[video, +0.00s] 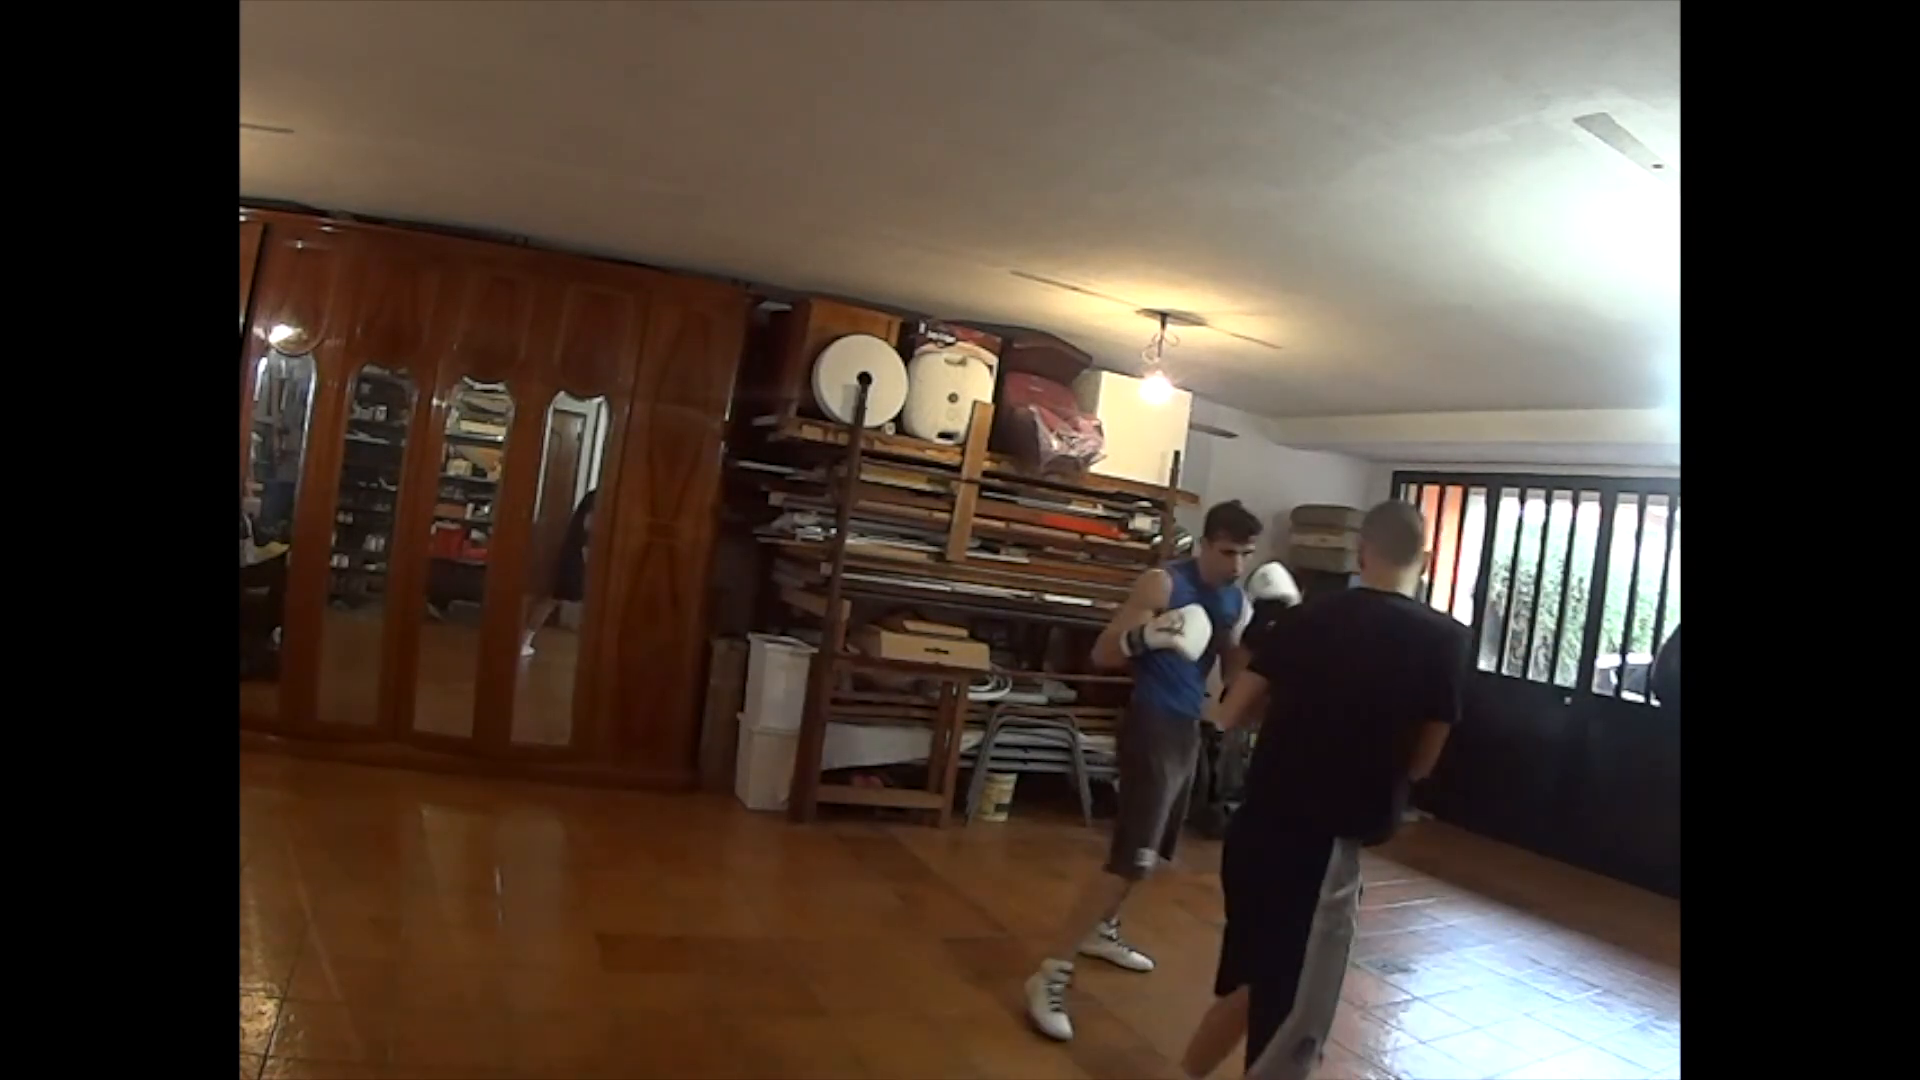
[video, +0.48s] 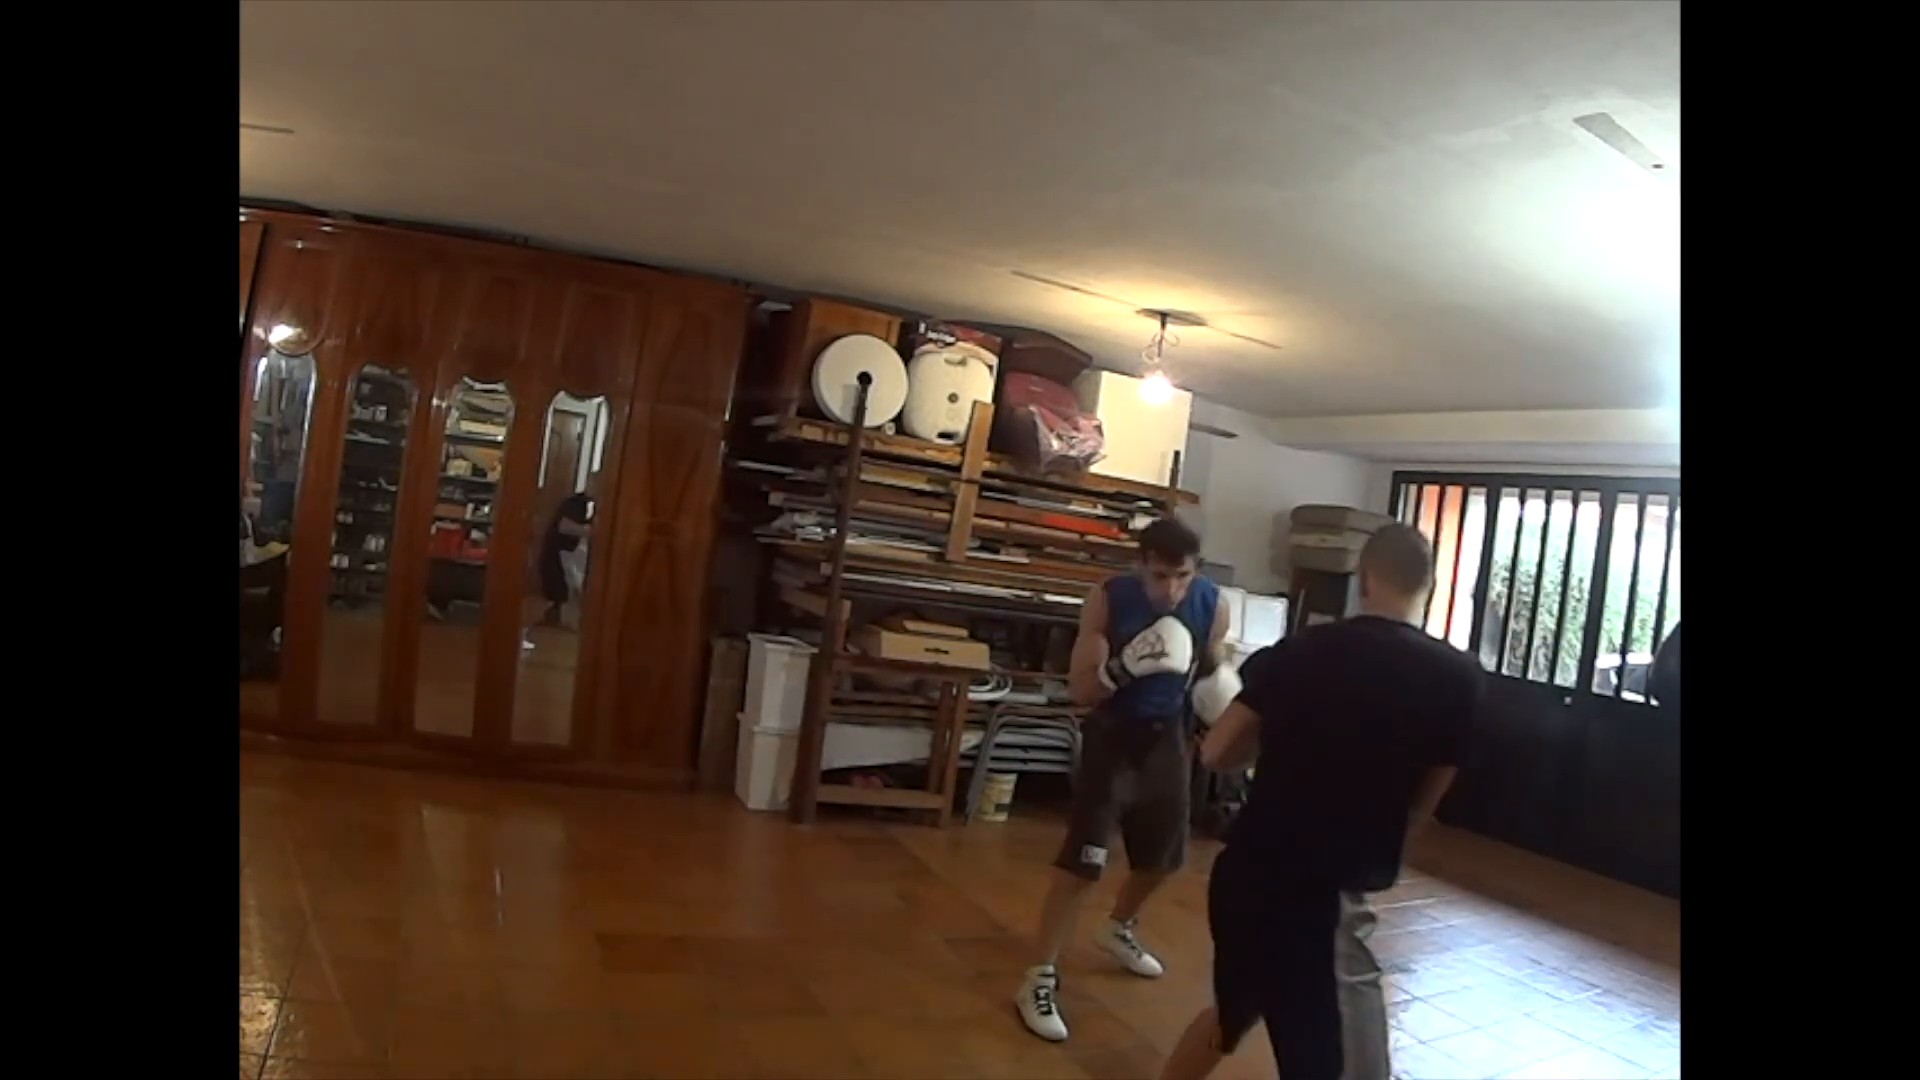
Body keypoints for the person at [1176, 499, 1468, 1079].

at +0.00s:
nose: (1361, 558)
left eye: (1359, 548)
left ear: (1361, 551)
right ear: (1424, 561)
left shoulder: (1312, 616)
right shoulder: (1443, 639)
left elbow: (1233, 713)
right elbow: (1421, 763)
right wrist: (1368, 731)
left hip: (1266, 814)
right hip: (1342, 834)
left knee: (1250, 980)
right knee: (1300, 998)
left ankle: (1188, 1069)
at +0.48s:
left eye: (1363, 576)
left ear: (1364, 577)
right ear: (1429, 585)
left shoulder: (1302, 649)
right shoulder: (1455, 677)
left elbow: (1215, 753)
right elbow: (1421, 808)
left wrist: (1270, 739)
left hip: (1247, 874)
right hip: (1335, 905)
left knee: (1229, 1011)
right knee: (1327, 1067)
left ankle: (1167, 1075)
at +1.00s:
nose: (1321, 562)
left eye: (1323, 554)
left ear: (1332, 557)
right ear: (1399, 569)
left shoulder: (1284, 621)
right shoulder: (1425, 641)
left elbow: (1195, 723)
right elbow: (1397, 782)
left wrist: (1256, 713)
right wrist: (1337, 760)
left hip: (1222, 833)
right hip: (1307, 858)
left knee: (1198, 1010)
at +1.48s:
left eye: (1375, 555)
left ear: (1373, 561)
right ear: (1446, 582)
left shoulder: (1306, 625)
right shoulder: (1457, 673)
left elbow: (1191, 705)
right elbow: (1415, 822)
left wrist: (1252, 684)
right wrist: (1366, 754)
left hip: (1212, 870)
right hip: (1298, 909)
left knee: (1190, 1030)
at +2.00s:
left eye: (1382, 577)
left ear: (1380, 582)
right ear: (1455, 603)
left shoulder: (1305, 655)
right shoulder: (1469, 695)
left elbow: (1197, 764)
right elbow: (1432, 851)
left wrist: (1268, 756)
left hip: (1216, 914)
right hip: (1311, 952)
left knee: (1201, 1057)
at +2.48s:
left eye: (1377, 568)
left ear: (1375, 573)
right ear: (1452, 593)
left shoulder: (1298, 648)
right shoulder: (1461, 689)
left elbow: (1193, 756)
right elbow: (1425, 847)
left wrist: (1270, 746)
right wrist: (1366, 785)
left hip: (1213, 901)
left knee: (1205, 1060)